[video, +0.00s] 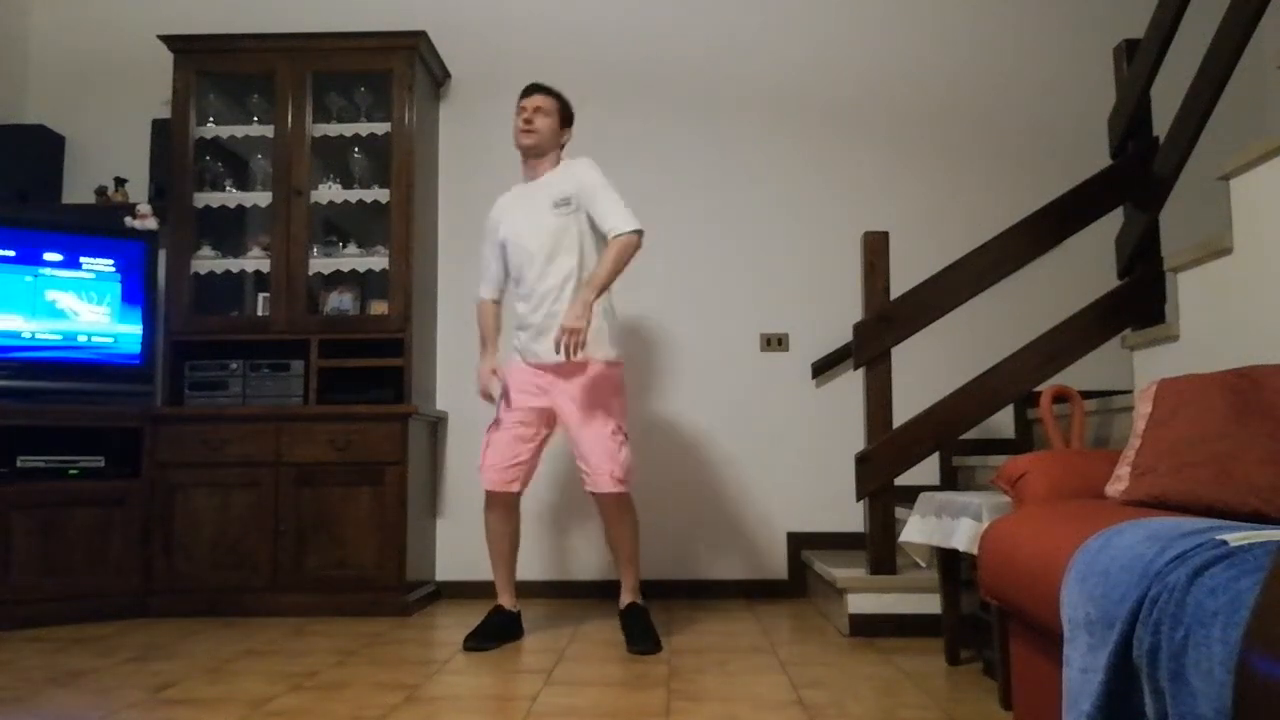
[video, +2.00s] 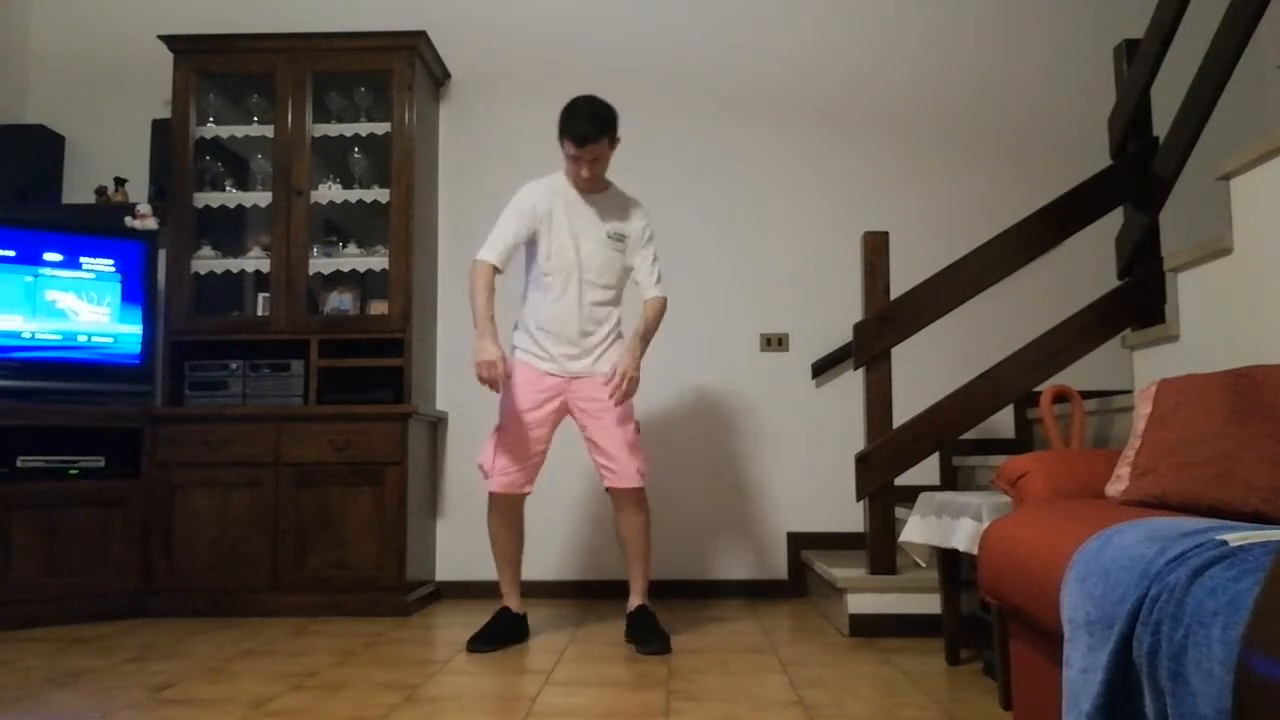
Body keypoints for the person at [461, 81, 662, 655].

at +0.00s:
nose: (525, 119)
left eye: (538, 113)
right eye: (521, 113)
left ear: (563, 131)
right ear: (514, 129)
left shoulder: (579, 174)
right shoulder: (503, 208)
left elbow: (627, 236)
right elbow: (489, 290)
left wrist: (585, 301)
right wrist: (489, 353)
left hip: (588, 366)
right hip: (524, 371)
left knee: (610, 485)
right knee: (498, 482)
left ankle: (632, 601)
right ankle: (505, 608)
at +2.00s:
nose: (585, 171)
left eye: (596, 159)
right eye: (575, 159)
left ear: (615, 146)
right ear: (560, 146)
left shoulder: (631, 214)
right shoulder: (535, 199)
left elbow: (654, 297)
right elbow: (483, 266)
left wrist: (635, 346)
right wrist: (485, 339)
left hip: (603, 369)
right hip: (533, 366)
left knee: (629, 483)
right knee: (504, 483)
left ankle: (639, 607)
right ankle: (511, 610)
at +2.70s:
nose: (550, 172)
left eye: (556, 157)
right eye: (539, 163)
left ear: (577, 140)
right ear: (530, 160)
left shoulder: (613, 188)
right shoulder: (533, 219)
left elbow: (641, 267)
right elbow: (512, 301)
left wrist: (609, 345)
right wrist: (515, 360)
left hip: (606, 369)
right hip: (540, 372)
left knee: (628, 486)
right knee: (497, 478)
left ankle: (639, 608)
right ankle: (504, 600)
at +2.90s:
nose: (592, 160)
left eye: (600, 146)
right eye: (581, 149)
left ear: (622, 137)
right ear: (571, 147)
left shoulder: (646, 206)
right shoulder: (555, 192)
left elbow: (657, 290)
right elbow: (495, 255)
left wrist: (616, 345)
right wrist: (520, 341)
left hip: (617, 366)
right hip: (547, 363)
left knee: (635, 487)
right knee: (493, 470)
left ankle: (638, 610)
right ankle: (479, 599)